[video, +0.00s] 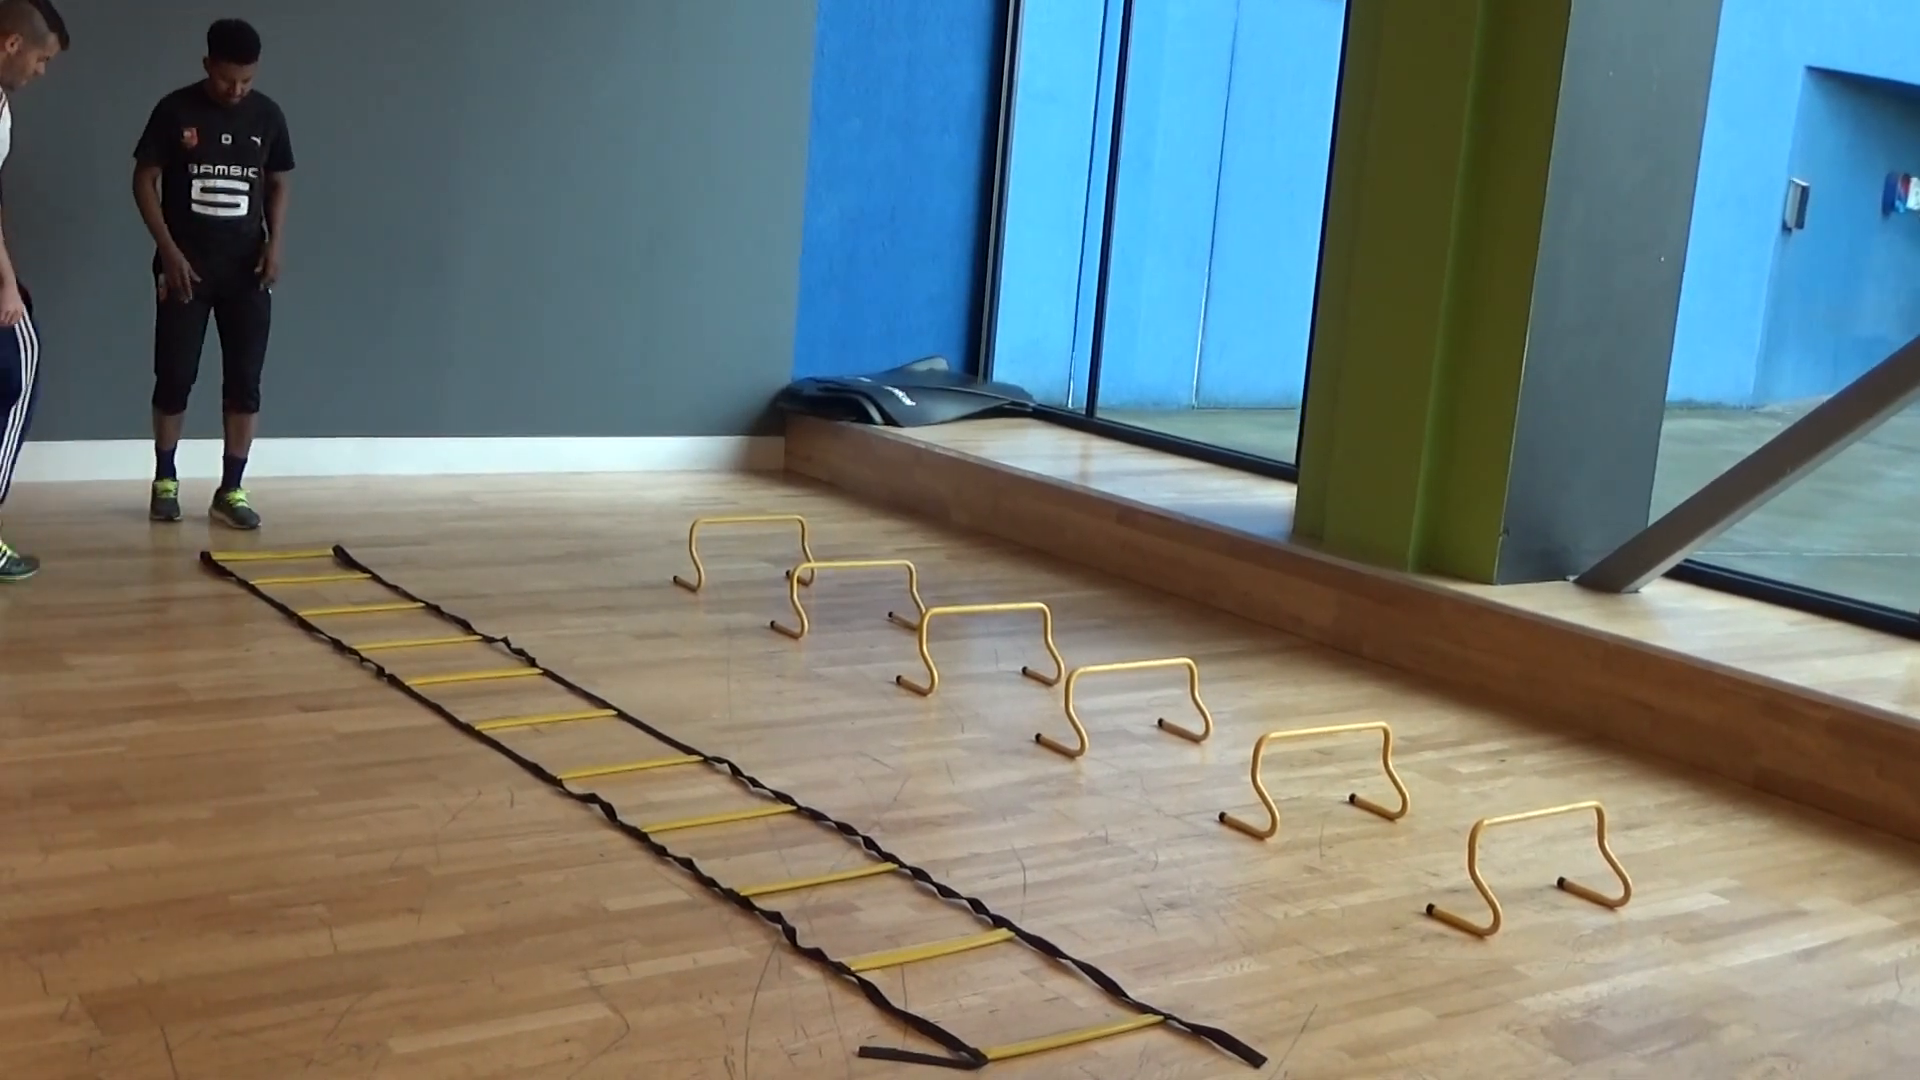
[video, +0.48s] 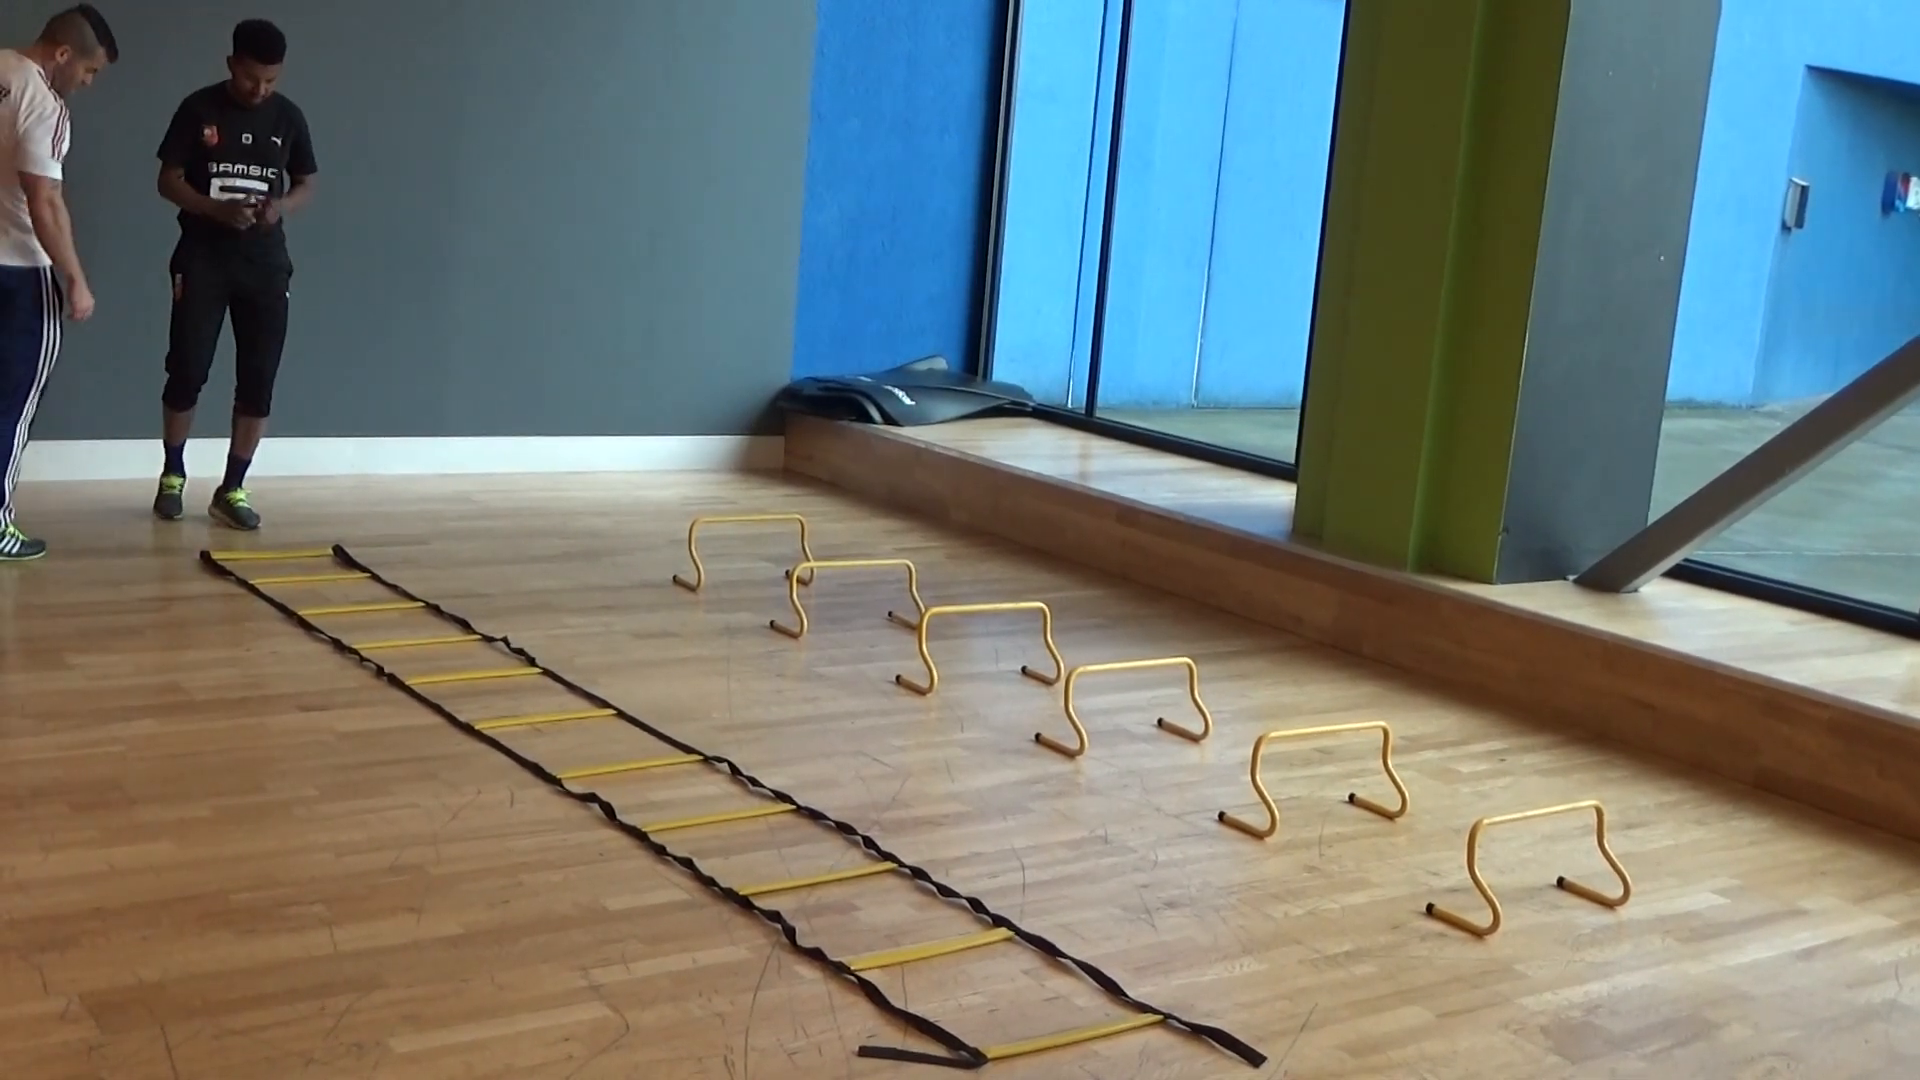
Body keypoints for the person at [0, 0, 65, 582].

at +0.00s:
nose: (40, 72)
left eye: (45, 63)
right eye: (40, 60)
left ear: (13, 48)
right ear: (12, 46)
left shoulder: (5, 107)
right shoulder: (1, 108)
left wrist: (7, 278)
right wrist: (6, 282)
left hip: (5, 282)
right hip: (2, 286)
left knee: (22, 376)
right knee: (20, 378)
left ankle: (0, 533)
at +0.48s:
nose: (85, 85)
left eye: (91, 76)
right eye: (88, 73)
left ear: (55, 49)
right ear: (61, 51)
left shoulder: (8, 70)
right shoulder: (41, 102)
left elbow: (41, 198)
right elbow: (44, 203)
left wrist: (64, 274)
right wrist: (76, 278)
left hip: (10, 267)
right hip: (20, 269)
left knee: (12, 397)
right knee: (16, 399)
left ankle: (2, 520)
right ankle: (1, 521)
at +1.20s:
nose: (113, 60)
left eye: (115, 50)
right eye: (112, 49)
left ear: (70, 41)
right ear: (89, 45)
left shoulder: (15, 74)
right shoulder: (67, 92)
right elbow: (53, 173)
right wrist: (68, 252)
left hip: (10, 249)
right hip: (58, 252)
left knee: (4, 366)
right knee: (78, 363)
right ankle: (55, 479)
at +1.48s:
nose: (149, 60)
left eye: (150, 50)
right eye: (148, 50)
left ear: (102, 44)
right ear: (129, 49)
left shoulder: (58, 84)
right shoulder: (105, 100)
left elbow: (59, 176)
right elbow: (91, 182)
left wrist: (116, 234)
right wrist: (111, 258)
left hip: (46, 251)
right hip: (93, 255)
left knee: (47, 353)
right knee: (107, 364)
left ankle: (1, 453)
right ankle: (81, 471)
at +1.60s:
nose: (170, 57)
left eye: (171, 49)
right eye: (167, 48)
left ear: (127, 44)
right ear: (145, 47)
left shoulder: (91, 82)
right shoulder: (121, 92)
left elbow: (97, 177)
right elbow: (102, 178)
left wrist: (137, 239)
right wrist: (121, 254)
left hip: (79, 242)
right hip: (106, 246)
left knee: (97, 343)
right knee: (114, 354)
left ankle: (45, 432)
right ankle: (81, 470)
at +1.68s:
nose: (188, 58)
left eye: (188, 49)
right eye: (182, 48)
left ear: (152, 48)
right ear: (157, 47)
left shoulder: (126, 87)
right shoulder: (130, 91)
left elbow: (127, 178)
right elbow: (105, 172)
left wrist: (147, 238)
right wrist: (121, 249)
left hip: (113, 243)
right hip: (111, 245)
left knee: (135, 341)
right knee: (117, 351)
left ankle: (88, 450)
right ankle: (79, 470)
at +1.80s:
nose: (212, 68)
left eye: (213, 59)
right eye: (208, 57)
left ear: (180, 55)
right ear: (179, 53)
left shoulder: (173, 98)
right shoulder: (150, 92)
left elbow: (164, 179)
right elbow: (114, 166)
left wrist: (175, 254)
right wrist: (121, 249)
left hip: (156, 248)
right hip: (135, 249)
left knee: (166, 354)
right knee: (118, 358)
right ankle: (79, 470)